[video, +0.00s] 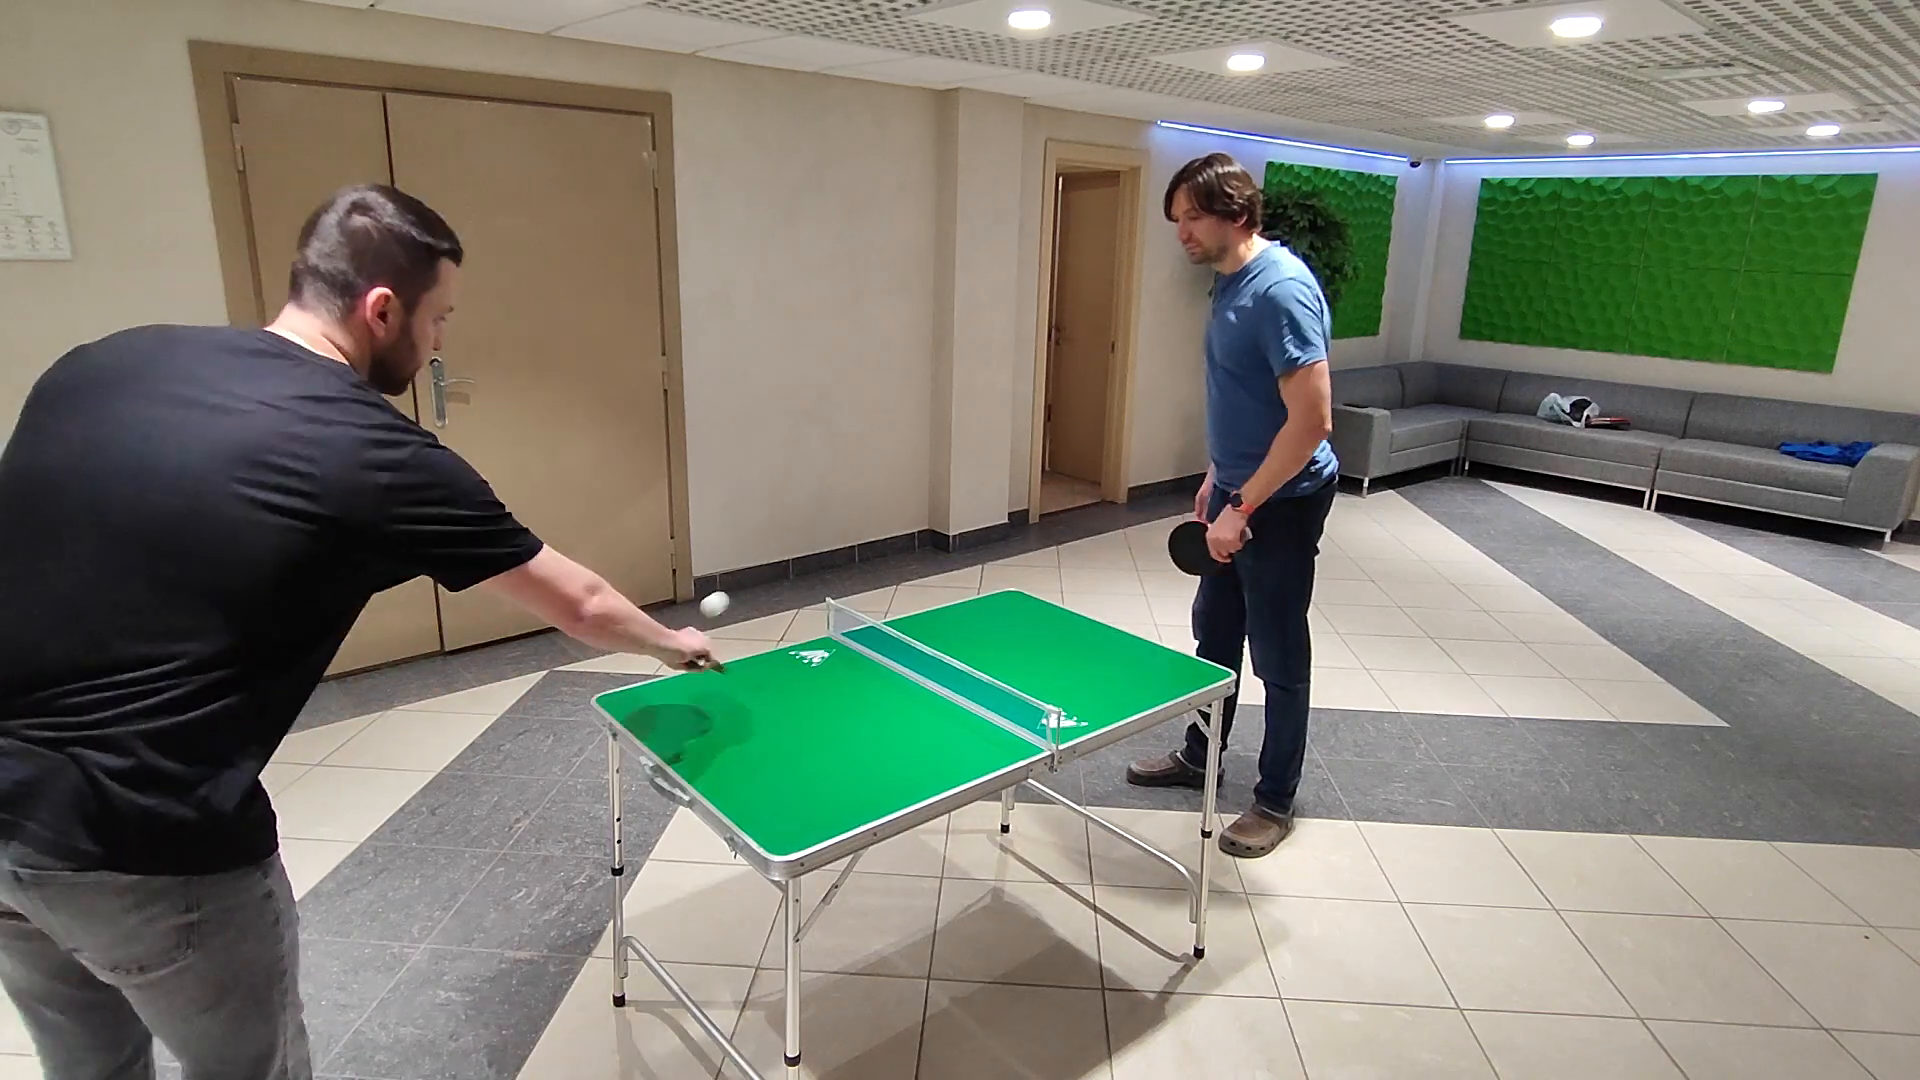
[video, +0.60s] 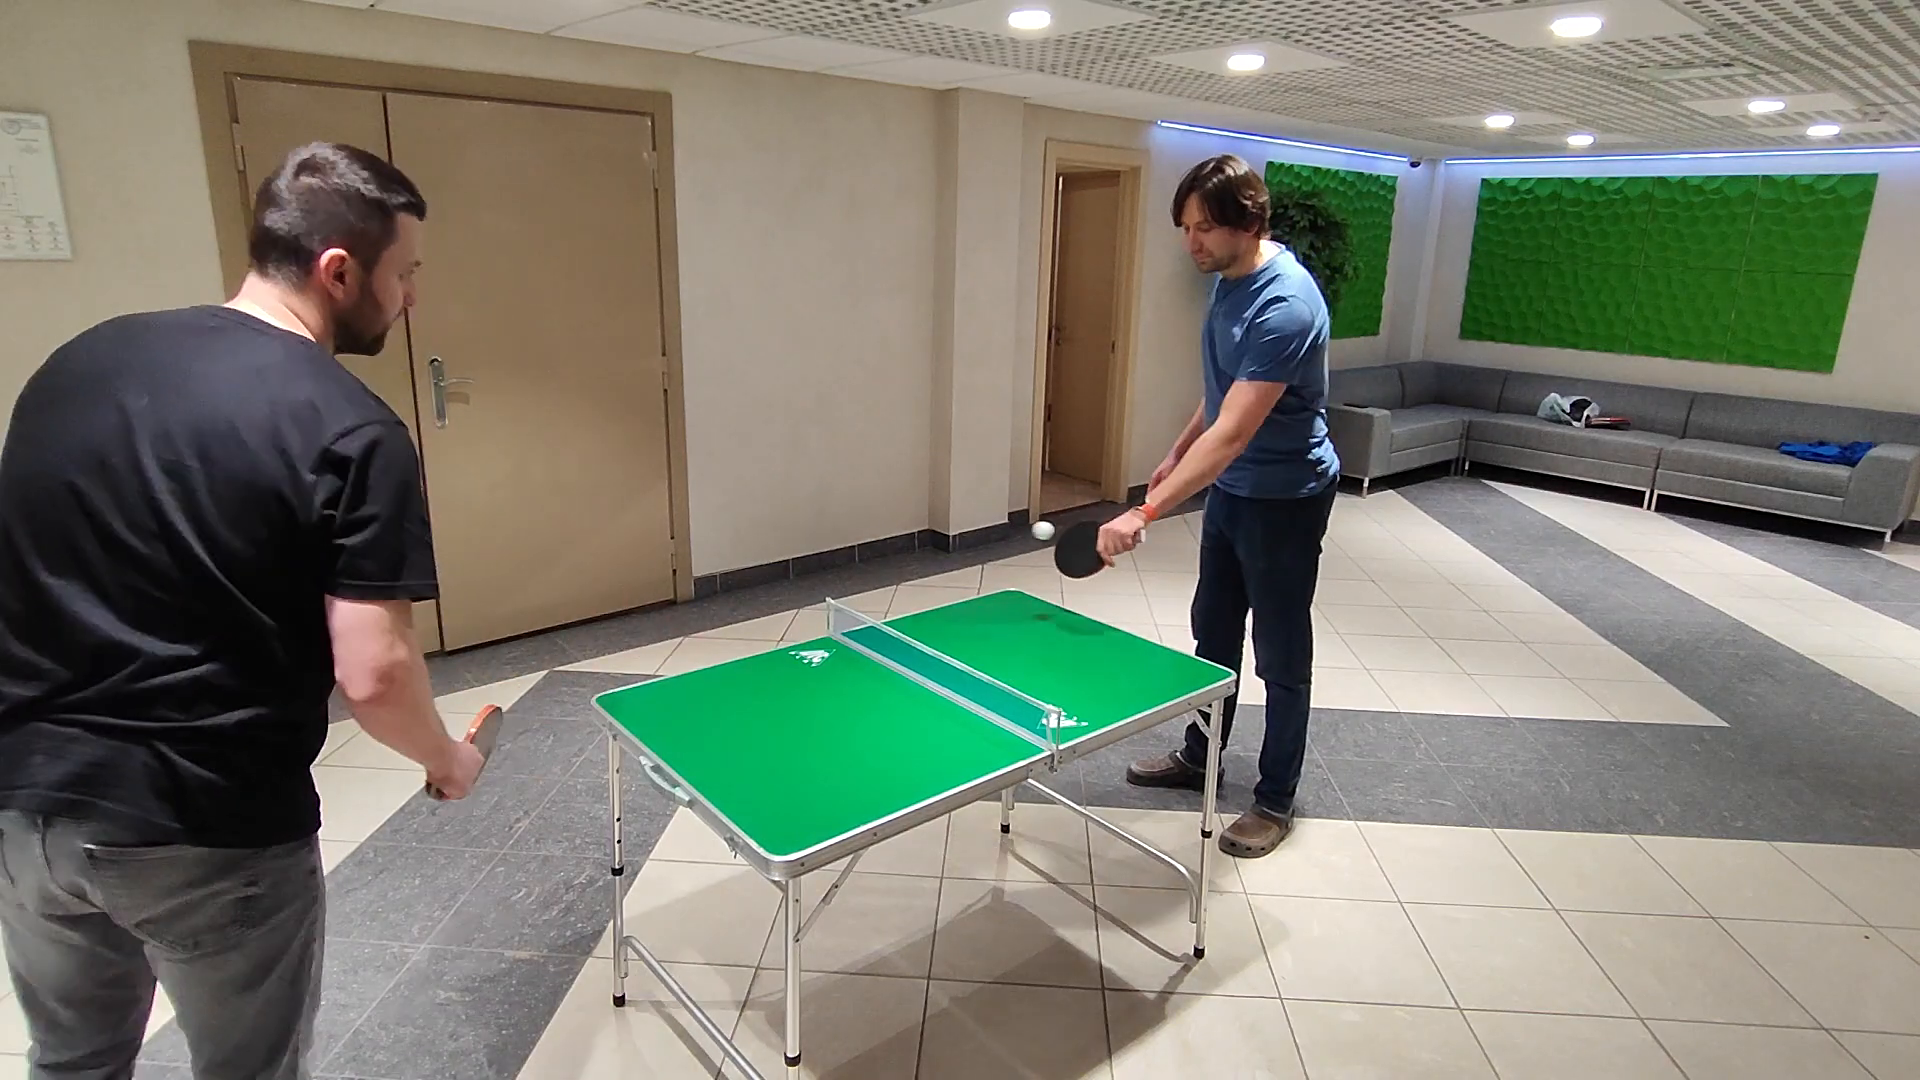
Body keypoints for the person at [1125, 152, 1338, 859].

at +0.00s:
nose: (1180, 235)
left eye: (1188, 220)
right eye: (1176, 222)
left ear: (1232, 213)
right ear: (1205, 217)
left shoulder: (1282, 289)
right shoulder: (1234, 281)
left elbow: (1313, 422)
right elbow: (1243, 401)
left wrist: (1242, 508)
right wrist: (1214, 479)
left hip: (1287, 498)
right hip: (1237, 489)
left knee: (1279, 659)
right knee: (1215, 632)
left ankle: (1274, 804)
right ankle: (1198, 757)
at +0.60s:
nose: (1190, 242)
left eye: (1201, 229)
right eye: (1187, 228)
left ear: (1245, 224)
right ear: (1208, 225)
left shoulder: (1285, 306)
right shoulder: (1232, 279)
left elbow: (1232, 436)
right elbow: (1221, 392)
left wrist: (1143, 513)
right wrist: (1176, 458)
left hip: (1284, 500)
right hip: (1228, 487)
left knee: (1283, 657)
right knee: (1214, 633)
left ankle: (1273, 803)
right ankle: (1200, 759)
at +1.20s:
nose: (1206, 224)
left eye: (1219, 212)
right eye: (1204, 210)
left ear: (1261, 216)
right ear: (1213, 211)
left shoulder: (1299, 306)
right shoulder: (1236, 273)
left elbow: (1301, 443)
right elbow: (1232, 394)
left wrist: (1219, 518)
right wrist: (1203, 487)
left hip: (1275, 502)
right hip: (1214, 486)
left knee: (1276, 661)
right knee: (1177, 617)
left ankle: (1274, 804)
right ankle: (1191, 751)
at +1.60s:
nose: (1219, 258)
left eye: (1236, 247)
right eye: (1210, 243)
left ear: (1264, 246)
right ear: (1198, 237)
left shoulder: (1293, 324)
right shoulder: (1169, 289)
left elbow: (1308, 437)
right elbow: (1139, 376)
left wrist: (1319, 534)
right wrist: (1107, 456)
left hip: (1243, 499)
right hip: (1164, 488)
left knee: (1255, 651)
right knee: (1139, 618)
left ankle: (1272, 803)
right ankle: (1138, 723)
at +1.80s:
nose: (1198, 284)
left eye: (1213, 273)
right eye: (1189, 269)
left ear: (1238, 271)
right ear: (1177, 262)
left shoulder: (1259, 351)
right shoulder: (1150, 301)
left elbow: (1242, 461)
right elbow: (1105, 379)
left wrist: (1222, 551)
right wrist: (1063, 453)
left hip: (1212, 498)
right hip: (1138, 484)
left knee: (1232, 641)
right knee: (1119, 611)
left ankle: (1261, 788)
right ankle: (1139, 720)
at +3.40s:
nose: (1216, 225)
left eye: (1231, 213)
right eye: (1208, 213)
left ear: (1263, 214)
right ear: (1198, 213)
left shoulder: (1307, 290)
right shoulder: (1175, 284)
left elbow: (1320, 401)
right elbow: (1147, 379)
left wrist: (1300, 487)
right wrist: (1108, 463)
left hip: (1261, 484)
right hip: (1178, 479)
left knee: (1252, 643)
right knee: (1159, 615)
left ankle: (1234, 763)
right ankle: (1140, 721)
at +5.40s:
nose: (1269, 227)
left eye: (1284, 216)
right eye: (1263, 213)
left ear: (1321, 219)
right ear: (1258, 213)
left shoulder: (1363, 287)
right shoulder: (1234, 285)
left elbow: (1378, 393)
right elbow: (1177, 384)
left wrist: (1380, 489)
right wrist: (1118, 454)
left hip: (1316, 489)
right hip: (1232, 480)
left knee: (1291, 641)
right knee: (1191, 627)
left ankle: (1264, 762)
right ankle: (1183, 729)